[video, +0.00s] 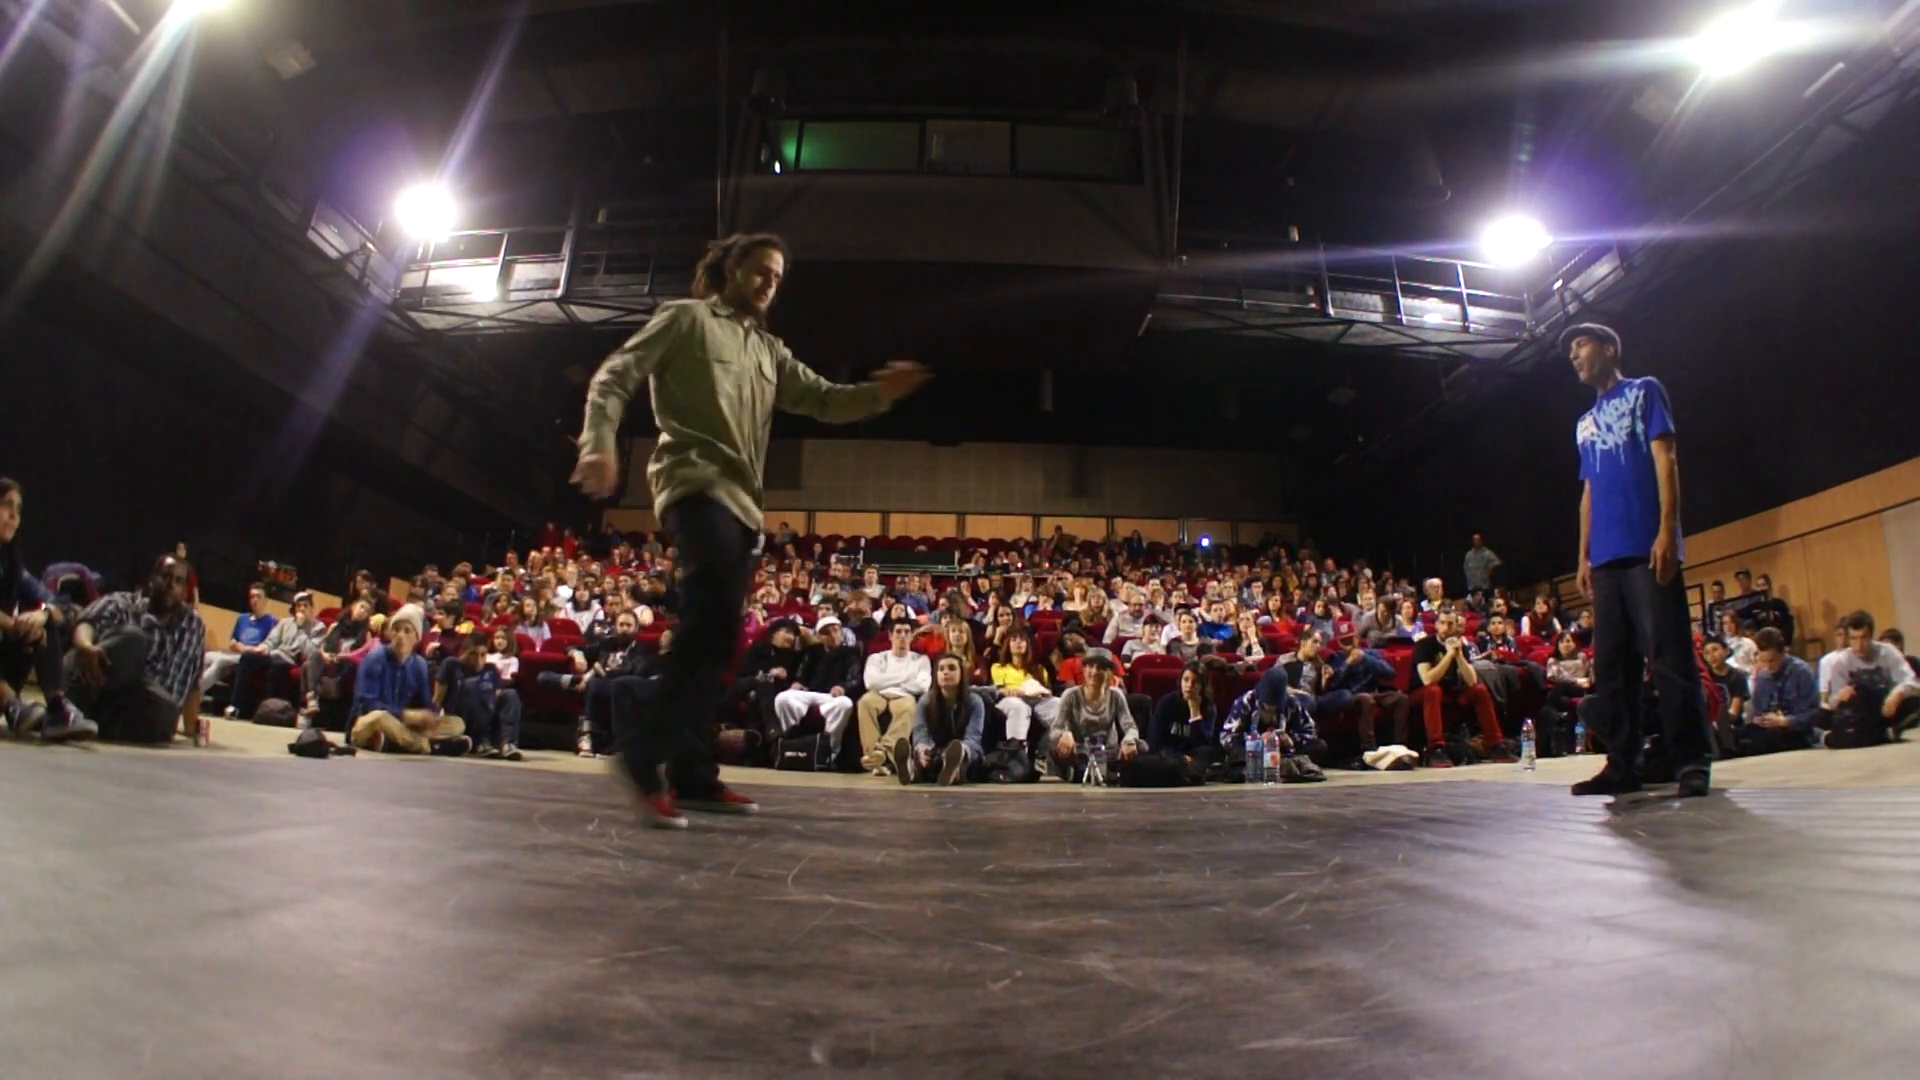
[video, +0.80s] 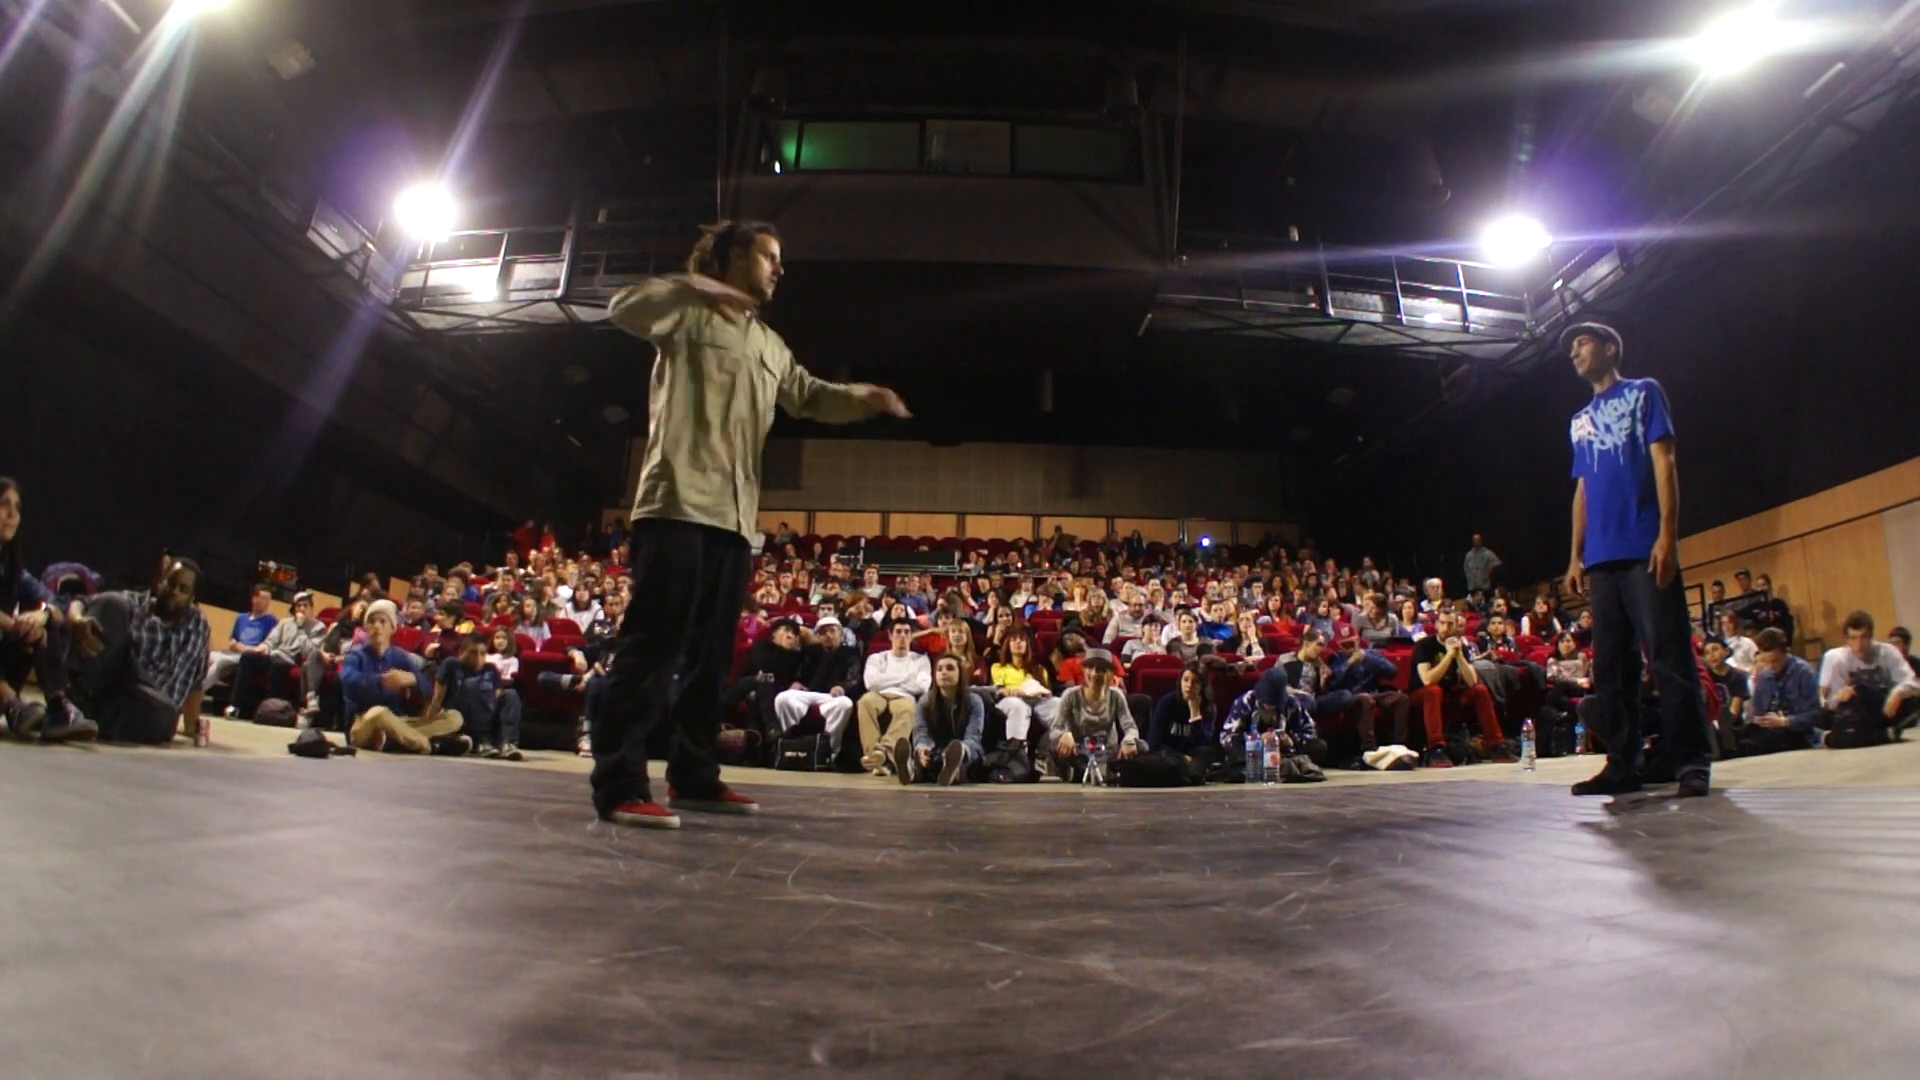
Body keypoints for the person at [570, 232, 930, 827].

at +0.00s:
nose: (771, 285)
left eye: (778, 280)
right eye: (762, 273)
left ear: (778, 290)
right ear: (730, 270)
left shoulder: (770, 350)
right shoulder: (687, 316)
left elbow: (824, 399)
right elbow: (615, 376)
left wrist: (883, 391)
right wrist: (598, 446)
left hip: (742, 503)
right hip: (695, 484)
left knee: (717, 637)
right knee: (710, 625)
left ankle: (695, 776)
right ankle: (646, 756)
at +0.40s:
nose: (777, 270)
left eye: (781, 263)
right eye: (768, 257)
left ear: (774, 273)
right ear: (731, 254)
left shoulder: (774, 344)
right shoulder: (682, 302)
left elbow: (815, 390)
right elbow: (597, 336)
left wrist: (856, 394)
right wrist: (598, 387)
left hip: (738, 515)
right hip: (677, 499)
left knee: (707, 651)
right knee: (648, 644)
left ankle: (694, 779)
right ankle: (620, 788)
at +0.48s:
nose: (778, 268)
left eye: (781, 261)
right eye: (769, 256)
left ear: (771, 271)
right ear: (732, 255)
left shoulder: (775, 342)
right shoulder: (683, 300)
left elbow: (824, 391)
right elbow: (592, 306)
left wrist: (890, 410)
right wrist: (553, 348)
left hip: (736, 513)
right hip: (677, 500)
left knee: (707, 653)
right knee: (651, 645)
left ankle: (694, 780)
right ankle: (619, 786)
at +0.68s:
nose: (777, 266)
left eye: (778, 259)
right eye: (768, 254)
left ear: (759, 265)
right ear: (729, 254)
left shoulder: (771, 343)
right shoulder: (691, 296)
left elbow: (814, 392)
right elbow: (649, 298)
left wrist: (880, 410)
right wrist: (611, 282)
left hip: (733, 511)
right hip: (677, 498)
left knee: (709, 652)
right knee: (652, 645)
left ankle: (694, 779)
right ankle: (619, 787)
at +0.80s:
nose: (779, 269)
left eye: (780, 262)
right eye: (770, 257)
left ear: (765, 269)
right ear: (731, 255)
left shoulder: (771, 345)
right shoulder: (688, 309)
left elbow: (807, 394)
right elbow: (622, 309)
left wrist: (866, 397)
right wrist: (690, 287)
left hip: (735, 513)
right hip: (676, 501)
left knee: (710, 654)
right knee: (652, 647)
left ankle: (694, 780)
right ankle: (619, 788)